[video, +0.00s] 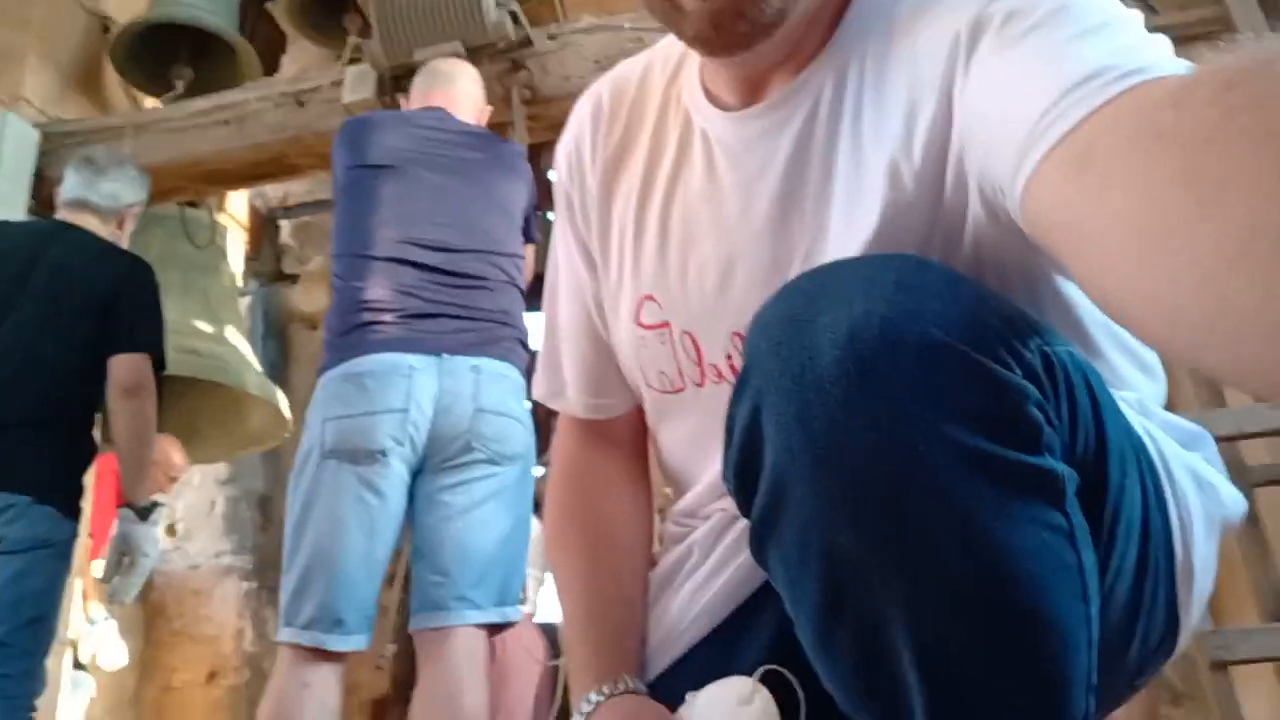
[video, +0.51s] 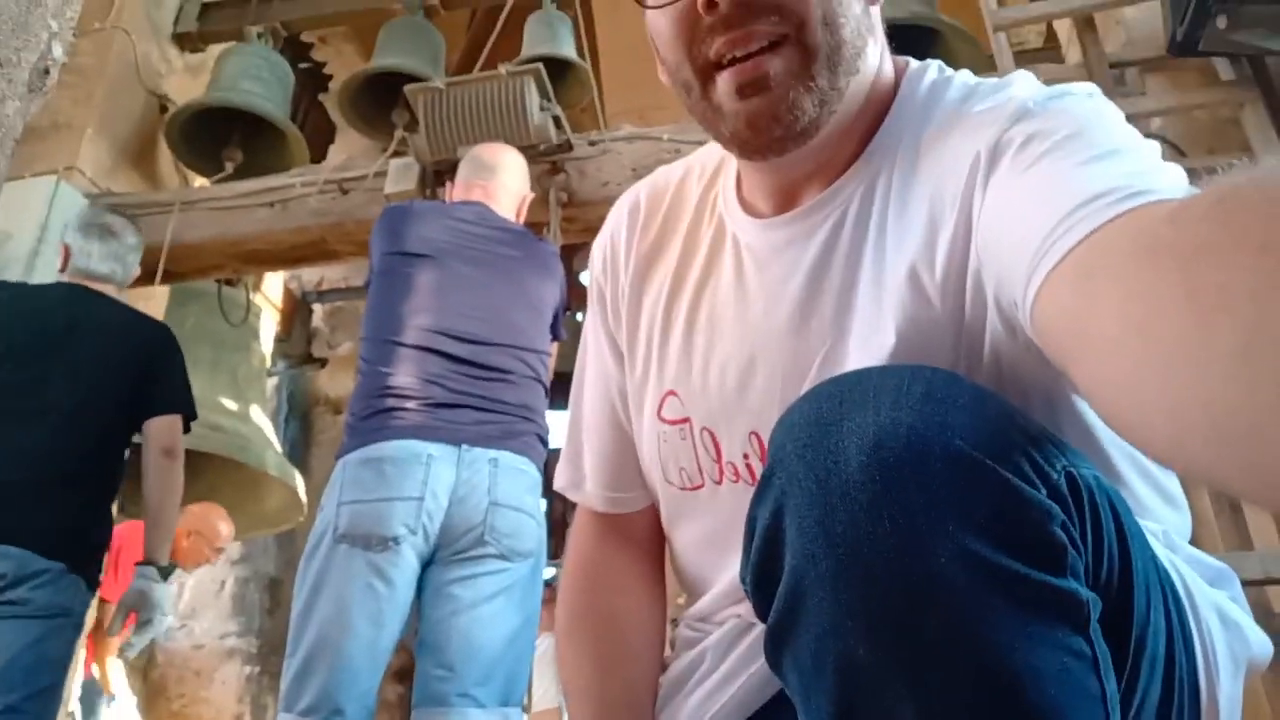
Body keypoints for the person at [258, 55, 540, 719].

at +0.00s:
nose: (487, 118)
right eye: (487, 110)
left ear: (405, 104)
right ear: (486, 116)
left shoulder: (357, 137)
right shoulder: (512, 164)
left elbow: (371, 238)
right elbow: (520, 273)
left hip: (371, 374)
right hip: (492, 379)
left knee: (315, 646)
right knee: (455, 633)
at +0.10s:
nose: (514, 137)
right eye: (515, 130)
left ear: (434, 121)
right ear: (515, 136)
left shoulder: (388, 154)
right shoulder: (541, 183)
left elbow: (400, 252)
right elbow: (547, 289)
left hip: (395, 387)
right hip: (514, 395)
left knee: (333, 660)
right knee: (472, 650)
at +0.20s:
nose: (523, 172)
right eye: (524, 166)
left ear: (445, 156)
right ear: (521, 171)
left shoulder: (396, 191)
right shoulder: (548, 220)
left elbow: (404, 291)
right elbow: (557, 329)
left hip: (404, 431)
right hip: (526, 439)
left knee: (347, 694)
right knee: (488, 689)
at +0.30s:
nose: (522, 186)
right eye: (524, 179)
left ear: (444, 169)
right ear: (522, 183)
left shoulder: (395, 203)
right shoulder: (547, 234)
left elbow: (403, 301)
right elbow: (553, 339)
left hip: (398, 445)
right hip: (519, 453)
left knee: (341, 698)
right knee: (480, 695)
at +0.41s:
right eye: (532, 203)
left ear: (450, 192)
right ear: (529, 209)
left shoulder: (399, 223)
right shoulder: (549, 261)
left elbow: (398, 324)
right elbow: (549, 367)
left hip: (391, 462)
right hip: (512, 476)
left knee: (326, 702)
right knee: (473, 705)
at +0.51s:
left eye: (450, 187)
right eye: (527, 202)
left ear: (447, 190)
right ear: (526, 208)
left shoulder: (396, 222)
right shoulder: (548, 262)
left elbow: (400, 313)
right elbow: (545, 362)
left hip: (388, 461)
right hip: (510, 475)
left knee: (324, 702)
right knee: (473, 704)